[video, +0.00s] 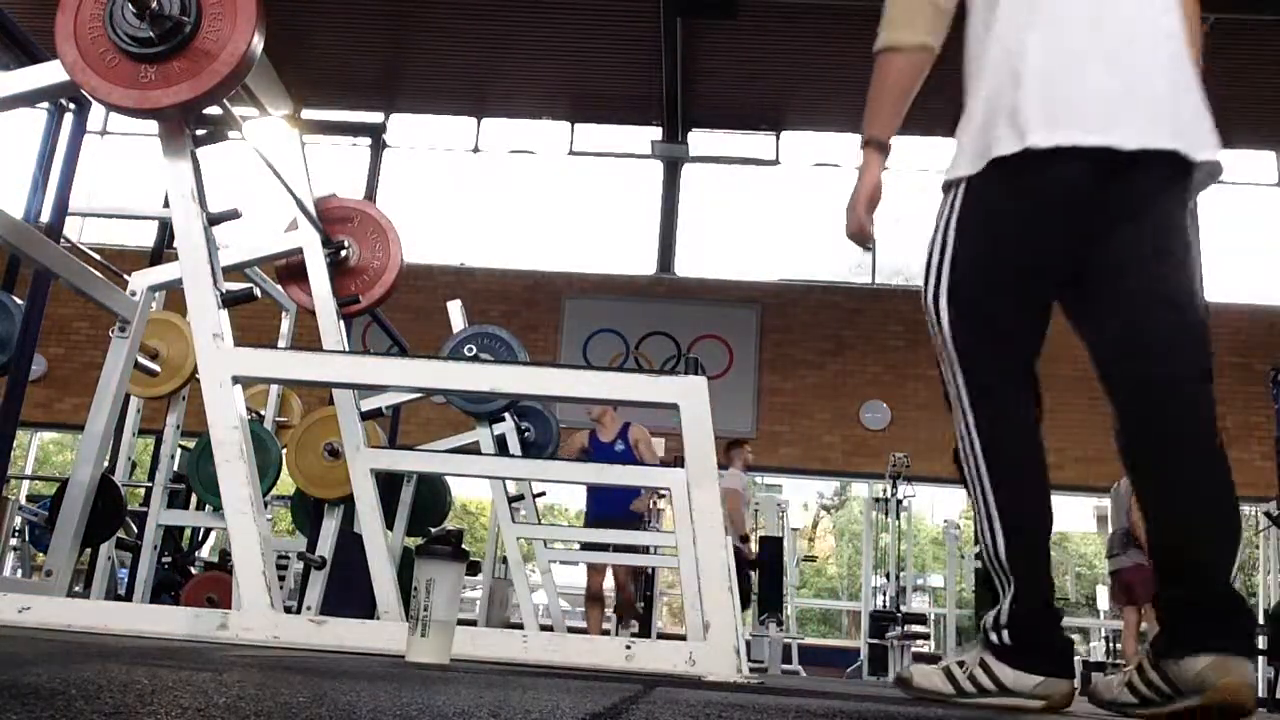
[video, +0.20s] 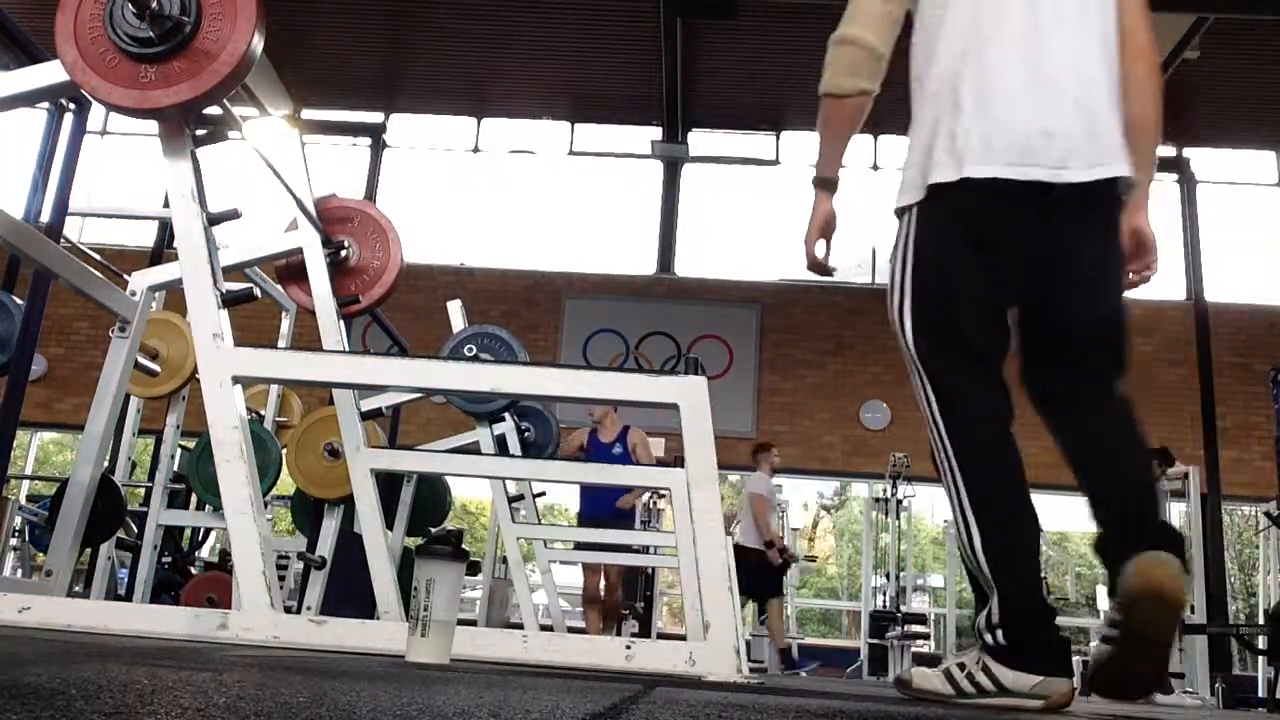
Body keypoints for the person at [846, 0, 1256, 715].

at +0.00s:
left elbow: (917, 18)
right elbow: (1186, 27)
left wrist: (874, 151)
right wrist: (1164, 140)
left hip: (1023, 123)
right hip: (1154, 126)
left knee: (989, 390)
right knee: (1171, 401)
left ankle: (1028, 651)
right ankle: (1209, 643)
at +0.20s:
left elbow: (860, 44)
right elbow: (1140, 52)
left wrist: (826, 183)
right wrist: (1136, 193)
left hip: (962, 179)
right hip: (1087, 180)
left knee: (968, 418)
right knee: (1081, 383)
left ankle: (1026, 652)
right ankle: (1145, 554)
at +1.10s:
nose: (585, 16)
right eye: (579, 10)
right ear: (602, 19)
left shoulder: (726, 1)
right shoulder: (666, 96)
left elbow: (791, 100)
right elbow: (671, 221)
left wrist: (736, 231)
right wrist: (627, 327)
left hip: (841, 184)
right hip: (785, 206)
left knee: (756, 373)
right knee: (714, 395)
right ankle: (721, 615)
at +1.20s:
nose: (545, 44)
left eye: (543, 17)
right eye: (534, 35)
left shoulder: (695, 8)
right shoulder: (636, 114)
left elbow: (781, 118)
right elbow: (631, 236)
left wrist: (732, 254)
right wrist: (581, 347)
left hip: (834, 199)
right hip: (773, 224)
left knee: (747, 387)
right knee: (696, 401)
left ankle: (703, 618)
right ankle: (727, 631)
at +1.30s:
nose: (518, 85)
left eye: (516, 59)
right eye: (505, 78)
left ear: (560, 19)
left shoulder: (675, 27)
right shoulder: (613, 147)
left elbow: (775, 143)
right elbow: (595, 272)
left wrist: (729, 276)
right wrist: (536, 388)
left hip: (826, 202)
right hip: (769, 232)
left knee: (719, 384)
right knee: (676, 404)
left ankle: (697, 620)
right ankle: (726, 629)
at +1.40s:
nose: (497, 123)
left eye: (493, 99)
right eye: (486, 115)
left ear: (534, 55)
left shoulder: (655, 48)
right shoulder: (590, 177)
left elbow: (771, 152)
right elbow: (568, 304)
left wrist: (713, 278)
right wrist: (502, 434)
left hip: (824, 205)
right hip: (767, 234)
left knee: (704, 371)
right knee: (664, 409)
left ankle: (690, 622)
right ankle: (726, 632)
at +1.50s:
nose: (482, 154)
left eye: (476, 130)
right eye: (468, 146)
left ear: (515, 85)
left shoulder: (636, 65)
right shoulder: (576, 204)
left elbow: (769, 155)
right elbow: (555, 328)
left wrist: (721, 252)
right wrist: (489, 464)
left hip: (821, 201)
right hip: (760, 242)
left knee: (701, 366)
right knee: (654, 407)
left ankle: (685, 620)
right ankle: (725, 629)